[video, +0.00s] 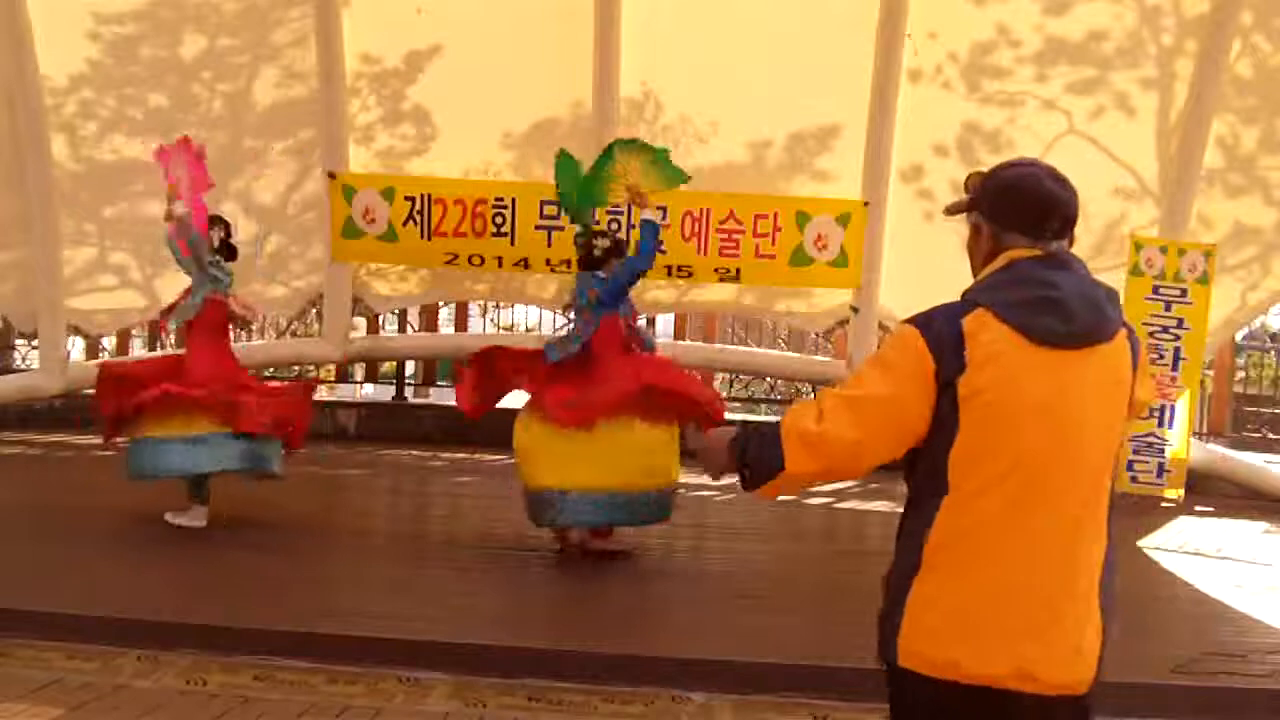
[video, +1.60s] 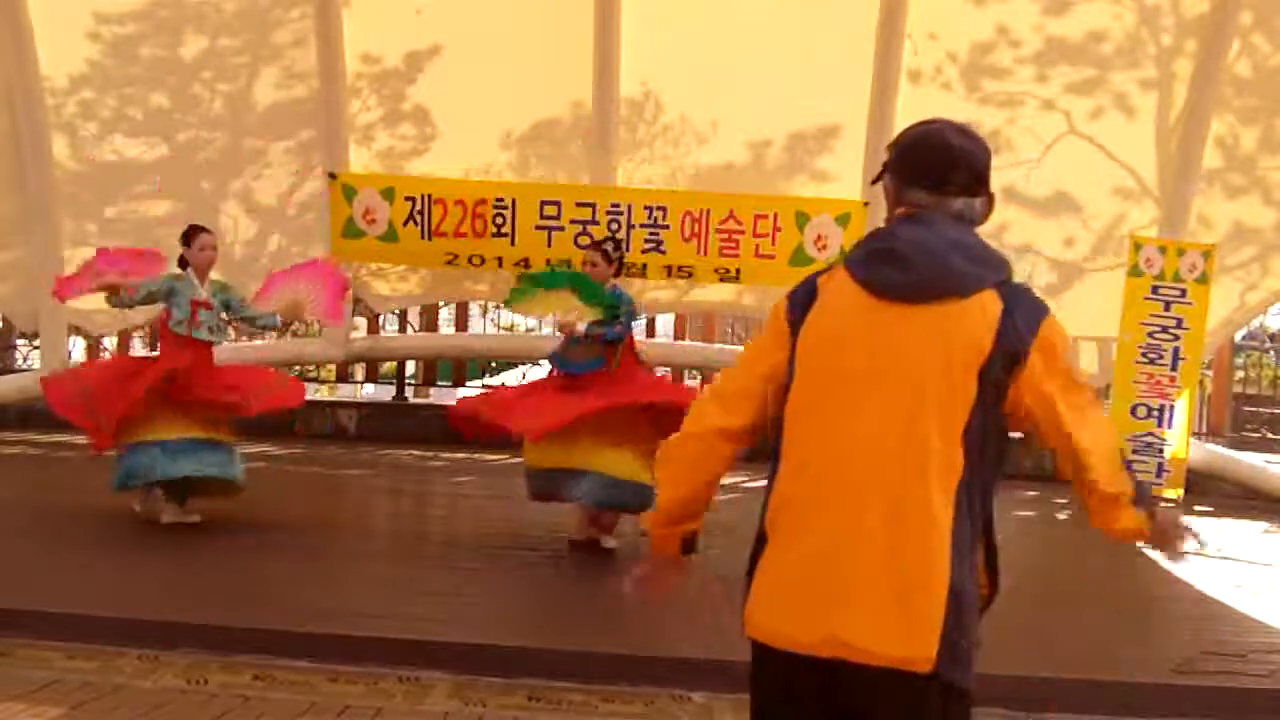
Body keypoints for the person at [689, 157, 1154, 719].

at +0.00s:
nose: (966, 242)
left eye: (968, 229)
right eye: (966, 229)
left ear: (982, 234)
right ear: (1062, 240)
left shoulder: (945, 334)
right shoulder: (1121, 347)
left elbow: (845, 433)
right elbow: (1135, 401)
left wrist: (739, 450)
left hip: (947, 645)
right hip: (1062, 653)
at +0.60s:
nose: (957, 229)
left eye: (959, 215)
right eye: (959, 212)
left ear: (969, 226)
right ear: (1056, 237)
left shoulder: (923, 334)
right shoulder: (1103, 338)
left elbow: (842, 450)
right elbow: (1115, 316)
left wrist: (782, 527)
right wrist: (1090, 278)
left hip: (926, 651)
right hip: (1045, 660)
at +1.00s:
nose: (906, 222)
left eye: (907, 211)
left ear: (913, 219)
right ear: (1008, 224)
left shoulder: (867, 328)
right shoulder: (1062, 326)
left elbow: (774, 475)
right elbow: (1127, 363)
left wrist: (758, 504)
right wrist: (1099, 305)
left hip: (888, 656)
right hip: (1012, 659)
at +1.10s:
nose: (893, 219)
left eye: (892, 208)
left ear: (899, 212)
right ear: (991, 217)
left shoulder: (858, 321)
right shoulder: (1057, 331)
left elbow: (765, 452)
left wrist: (725, 494)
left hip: (869, 646)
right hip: (990, 649)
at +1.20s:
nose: (893, 212)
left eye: (894, 199)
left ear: (901, 203)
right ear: (995, 206)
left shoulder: (855, 308)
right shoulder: (1059, 333)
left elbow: (761, 434)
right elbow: (1091, 501)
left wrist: (698, 502)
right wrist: (1034, 450)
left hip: (851, 632)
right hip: (969, 642)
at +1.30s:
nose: (898, 200)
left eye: (900, 187)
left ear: (908, 195)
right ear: (1001, 203)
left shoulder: (852, 300)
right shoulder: (1055, 333)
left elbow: (772, 422)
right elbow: (1068, 472)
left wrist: (720, 515)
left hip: (843, 621)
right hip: (963, 631)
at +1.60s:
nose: (888, 203)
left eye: (887, 192)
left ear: (890, 196)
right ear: (981, 211)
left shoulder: (814, 298)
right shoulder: (1014, 320)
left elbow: (716, 420)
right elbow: (1086, 444)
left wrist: (668, 531)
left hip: (786, 632)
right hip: (912, 644)